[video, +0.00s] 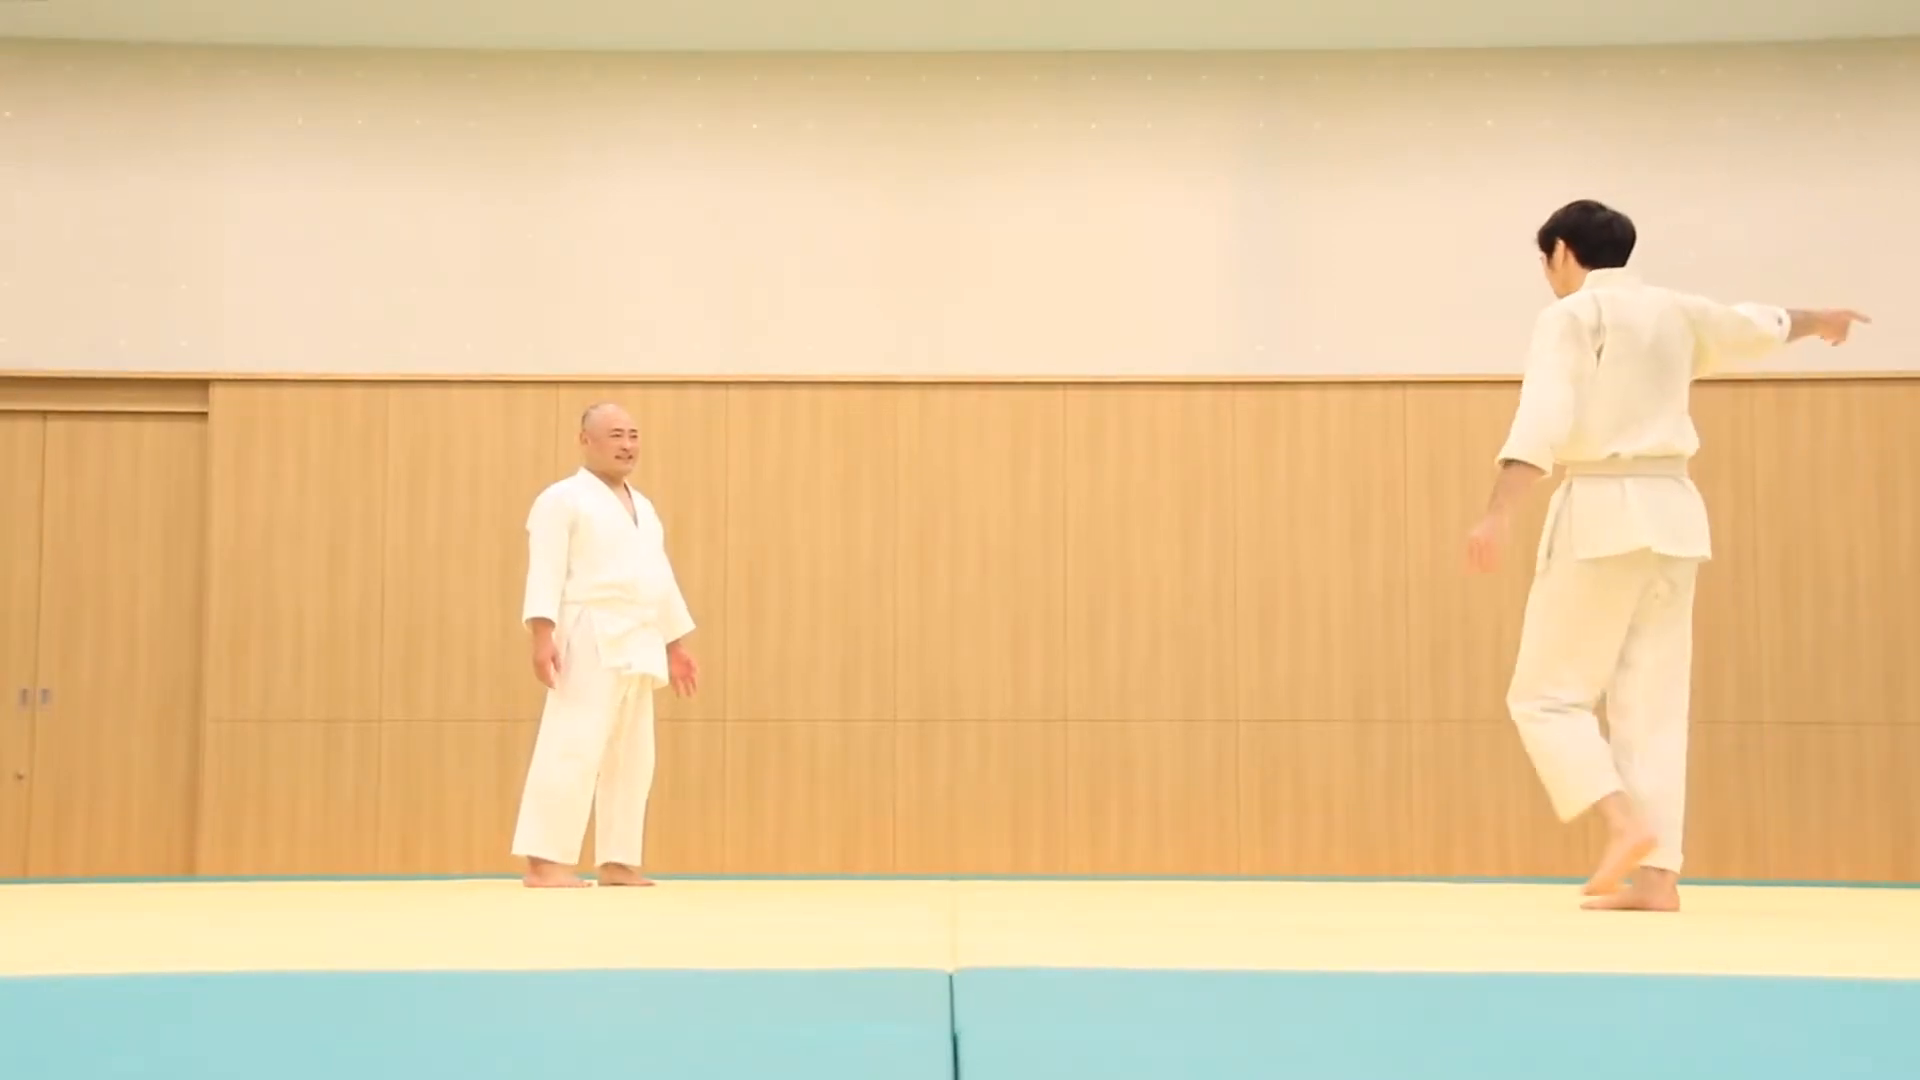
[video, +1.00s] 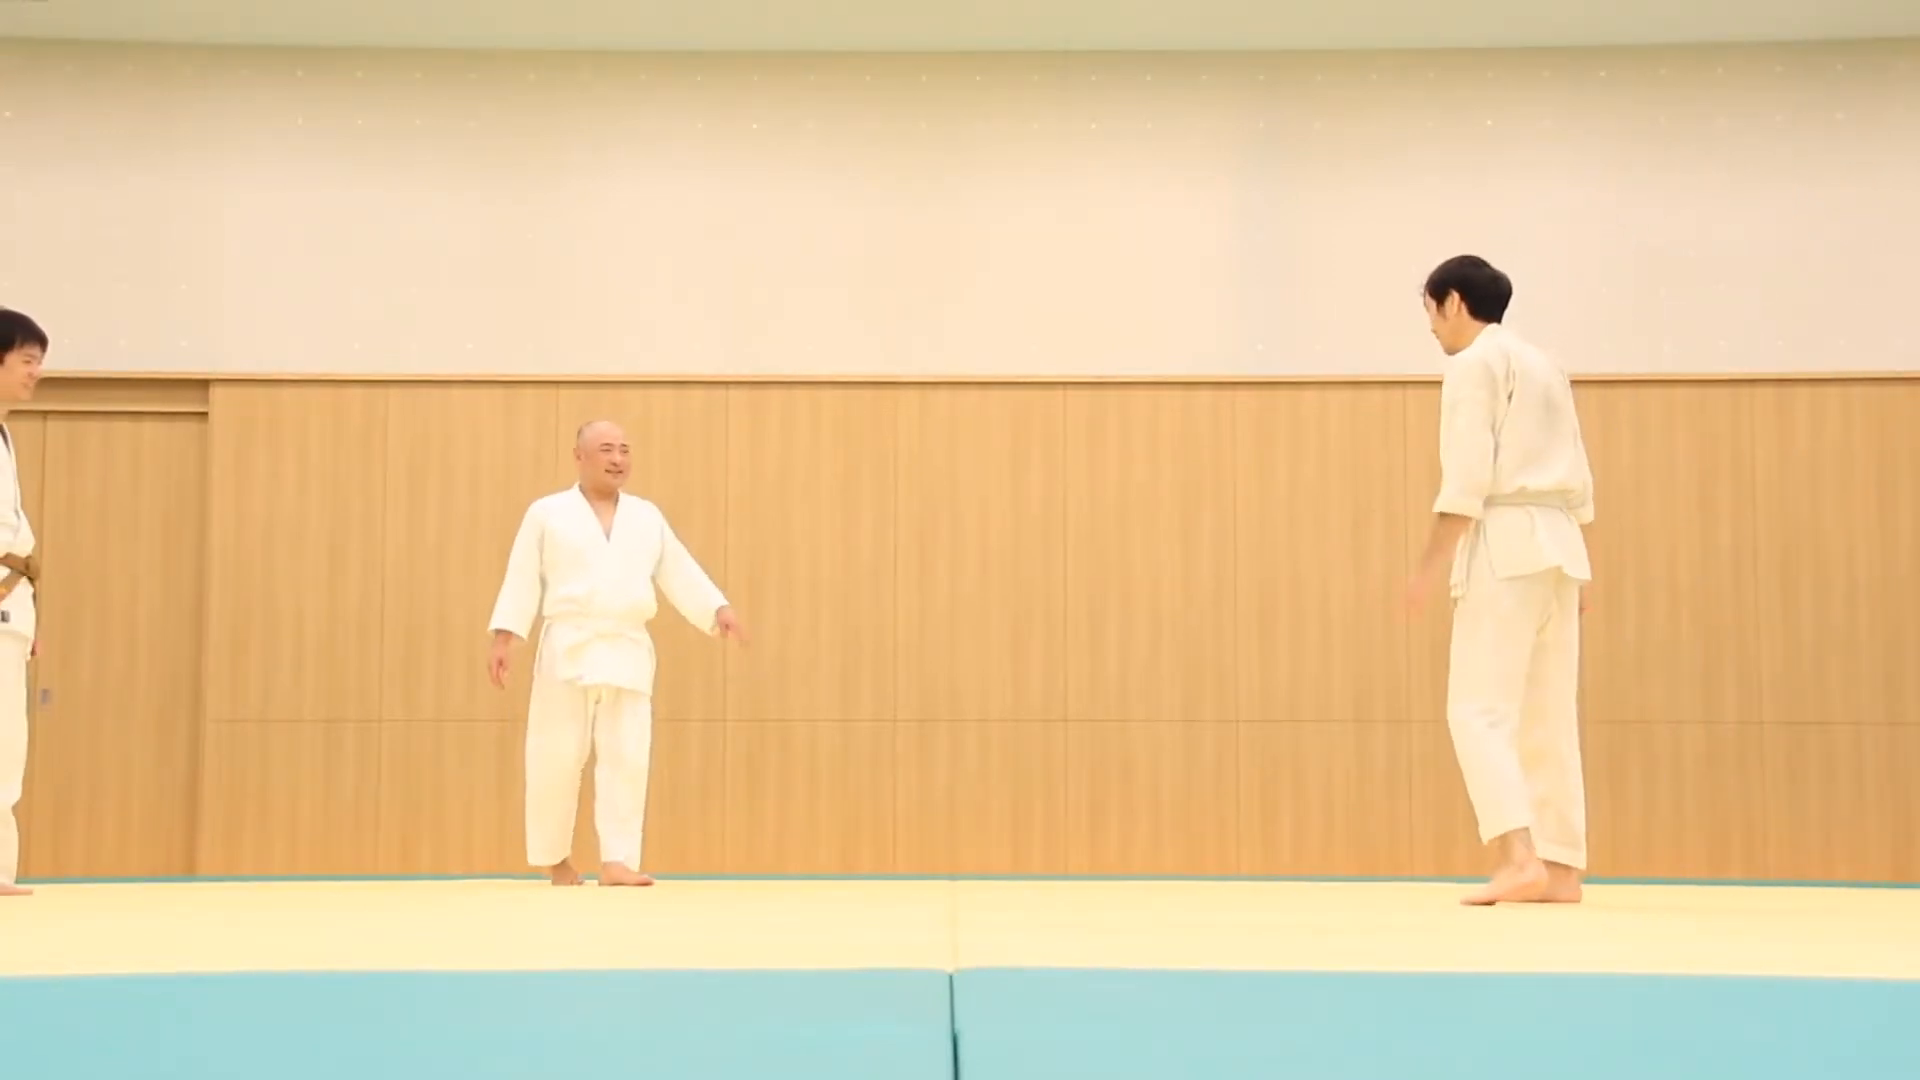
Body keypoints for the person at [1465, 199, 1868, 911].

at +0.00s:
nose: (1546, 275)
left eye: (1545, 261)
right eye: (1544, 263)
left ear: (1565, 255)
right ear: (1621, 255)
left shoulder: (1567, 317)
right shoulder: (1671, 309)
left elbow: (1543, 417)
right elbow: (1748, 325)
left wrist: (1496, 510)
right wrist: (1816, 320)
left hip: (1599, 522)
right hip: (1675, 521)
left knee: (1546, 695)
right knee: (1653, 698)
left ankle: (1623, 822)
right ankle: (1655, 878)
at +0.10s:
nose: (1530, 277)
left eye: (1530, 263)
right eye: (1529, 264)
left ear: (1548, 257)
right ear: (1600, 258)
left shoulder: (1549, 321)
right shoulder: (1653, 311)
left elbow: (1543, 415)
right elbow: (1726, 330)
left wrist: (1526, 511)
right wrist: (1791, 326)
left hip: (1581, 520)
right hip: (1657, 521)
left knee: (1535, 690)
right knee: (1647, 692)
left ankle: (1559, 859)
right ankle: (1656, 877)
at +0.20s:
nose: (1509, 284)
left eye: (1508, 271)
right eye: (1507, 272)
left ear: (1527, 265)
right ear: (1583, 265)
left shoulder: (1528, 330)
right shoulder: (1633, 321)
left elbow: (1528, 425)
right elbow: (1706, 354)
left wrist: (1527, 522)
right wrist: (1765, 362)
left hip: (1564, 524)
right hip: (1640, 522)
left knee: (1531, 694)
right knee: (1641, 704)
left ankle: (1507, 870)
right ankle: (1655, 876)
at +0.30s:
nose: (1487, 294)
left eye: (1486, 279)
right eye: (1484, 281)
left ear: (1505, 272)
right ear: (1558, 273)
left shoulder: (1509, 340)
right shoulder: (1612, 330)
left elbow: (1512, 444)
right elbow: (1682, 391)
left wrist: (1505, 546)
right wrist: (1717, 427)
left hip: (1547, 533)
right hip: (1622, 528)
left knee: (1519, 707)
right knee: (1627, 702)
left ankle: (1511, 877)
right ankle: (1653, 865)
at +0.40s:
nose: (1466, 301)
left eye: (1465, 286)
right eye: (1464, 287)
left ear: (1482, 276)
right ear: (1532, 277)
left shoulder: (1491, 346)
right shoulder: (1596, 340)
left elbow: (1490, 460)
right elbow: (1648, 451)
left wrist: (1466, 562)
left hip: (1529, 536)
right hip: (1604, 531)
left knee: (1510, 702)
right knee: (1601, 698)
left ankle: (1512, 877)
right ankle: (1640, 838)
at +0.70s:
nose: (1437, 313)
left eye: (1436, 298)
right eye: (1435, 300)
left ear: (1454, 289)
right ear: (1502, 289)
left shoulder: (1471, 353)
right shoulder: (1563, 350)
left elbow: (1423, 453)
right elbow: (1604, 459)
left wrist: (1364, 538)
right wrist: (1609, 546)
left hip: (1504, 535)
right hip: (1570, 535)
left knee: (1496, 700)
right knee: (1560, 699)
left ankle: (1513, 875)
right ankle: (1579, 864)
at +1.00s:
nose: (1430, 325)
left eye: (1432, 310)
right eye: (1428, 312)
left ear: (1455, 303)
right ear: (1489, 304)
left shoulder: (1472, 363)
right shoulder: (1544, 363)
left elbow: (1467, 478)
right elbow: (1573, 475)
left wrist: (1429, 565)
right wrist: (1580, 565)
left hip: (1505, 547)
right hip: (1559, 547)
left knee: (1476, 707)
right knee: (1550, 710)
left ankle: (1517, 858)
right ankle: (1562, 872)